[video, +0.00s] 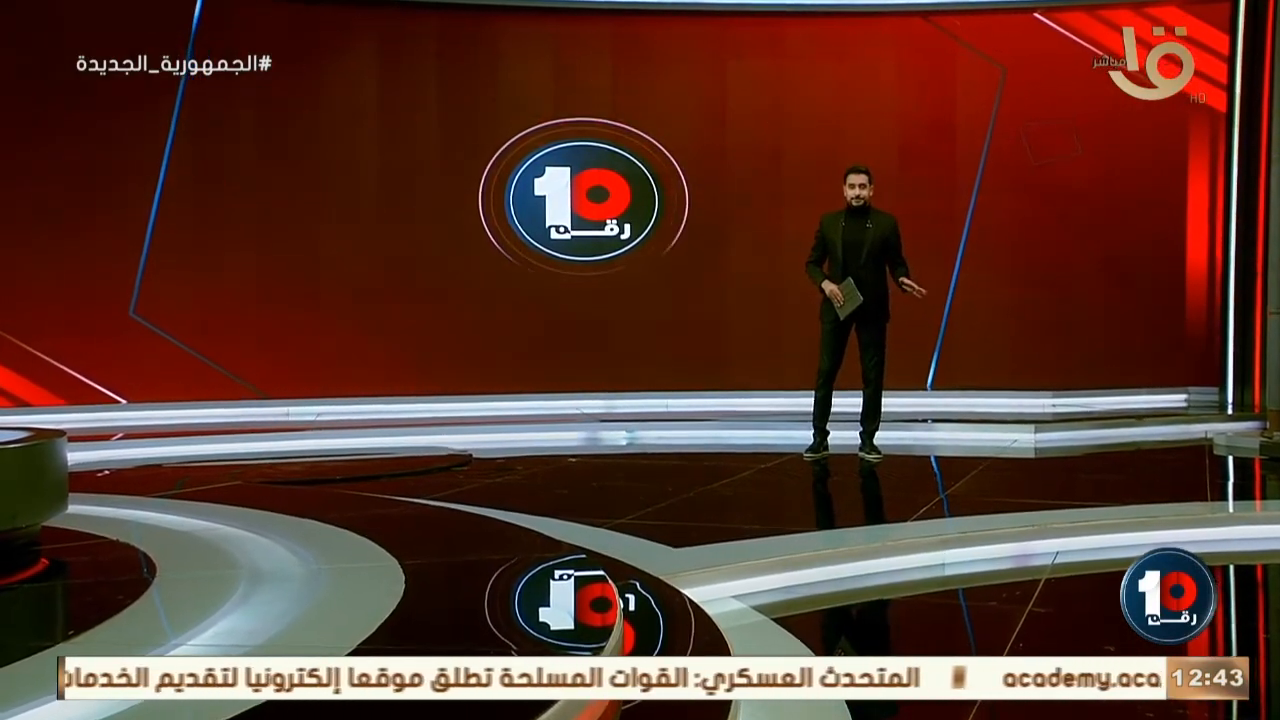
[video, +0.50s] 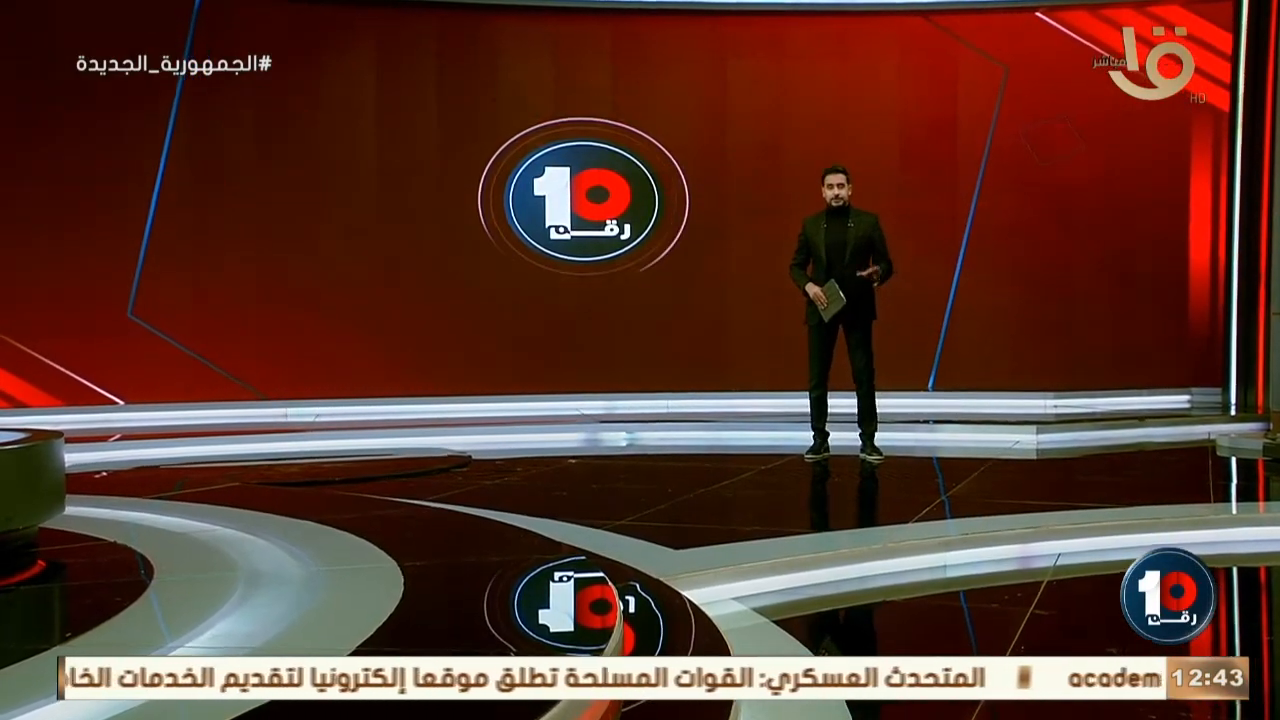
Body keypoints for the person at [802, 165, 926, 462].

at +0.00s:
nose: (857, 192)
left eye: (862, 186)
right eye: (852, 186)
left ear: (871, 190)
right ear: (844, 190)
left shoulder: (886, 223)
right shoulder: (830, 223)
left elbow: (896, 261)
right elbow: (812, 265)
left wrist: (903, 278)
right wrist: (825, 283)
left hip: (873, 308)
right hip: (836, 307)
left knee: (873, 376)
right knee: (826, 372)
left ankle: (868, 440)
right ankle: (819, 437)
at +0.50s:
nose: (835, 191)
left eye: (840, 186)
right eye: (830, 186)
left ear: (850, 189)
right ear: (822, 191)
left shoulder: (868, 223)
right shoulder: (812, 225)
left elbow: (885, 266)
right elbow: (797, 267)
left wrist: (877, 272)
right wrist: (808, 285)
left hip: (858, 309)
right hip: (821, 309)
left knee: (863, 376)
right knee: (817, 377)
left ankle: (868, 440)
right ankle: (819, 439)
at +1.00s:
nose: (820, 195)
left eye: (825, 189)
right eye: (815, 190)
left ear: (834, 191)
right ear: (807, 194)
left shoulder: (852, 224)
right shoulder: (796, 228)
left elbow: (868, 266)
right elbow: (782, 270)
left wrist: (860, 283)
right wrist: (796, 284)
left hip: (844, 311)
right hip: (809, 312)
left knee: (856, 373)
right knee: (810, 378)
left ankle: (868, 441)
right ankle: (819, 441)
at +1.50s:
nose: (822, 194)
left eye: (826, 189)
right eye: (816, 190)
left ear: (834, 191)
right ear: (807, 193)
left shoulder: (852, 222)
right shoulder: (795, 228)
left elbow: (869, 265)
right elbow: (783, 274)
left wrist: (858, 279)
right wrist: (803, 279)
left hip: (846, 310)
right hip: (810, 313)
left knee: (857, 372)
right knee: (811, 379)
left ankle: (869, 441)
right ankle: (820, 442)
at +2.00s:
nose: (840, 200)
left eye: (844, 194)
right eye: (834, 195)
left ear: (851, 194)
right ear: (824, 194)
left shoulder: (866, 223)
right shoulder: (810, 227)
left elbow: (883, 268)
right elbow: (797, 271)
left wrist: (868, 271)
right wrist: (815, 270)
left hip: (858, 312)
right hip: (822, 314)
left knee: (867, 378)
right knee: (819, 379)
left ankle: (871, 444)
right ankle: (821, 443)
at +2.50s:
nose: (856, 203)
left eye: (861, 198)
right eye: (851, 198)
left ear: (868, 196)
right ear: (841, 195)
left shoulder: (883, 224)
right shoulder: (826, 226)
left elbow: (898, 270)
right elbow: (811, 271)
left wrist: (879, 271)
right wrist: (827, 268)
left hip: (873, 314)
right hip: (836, 314)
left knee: (876, 381)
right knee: (828, 379)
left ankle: (872, 446)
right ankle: (822, 444)